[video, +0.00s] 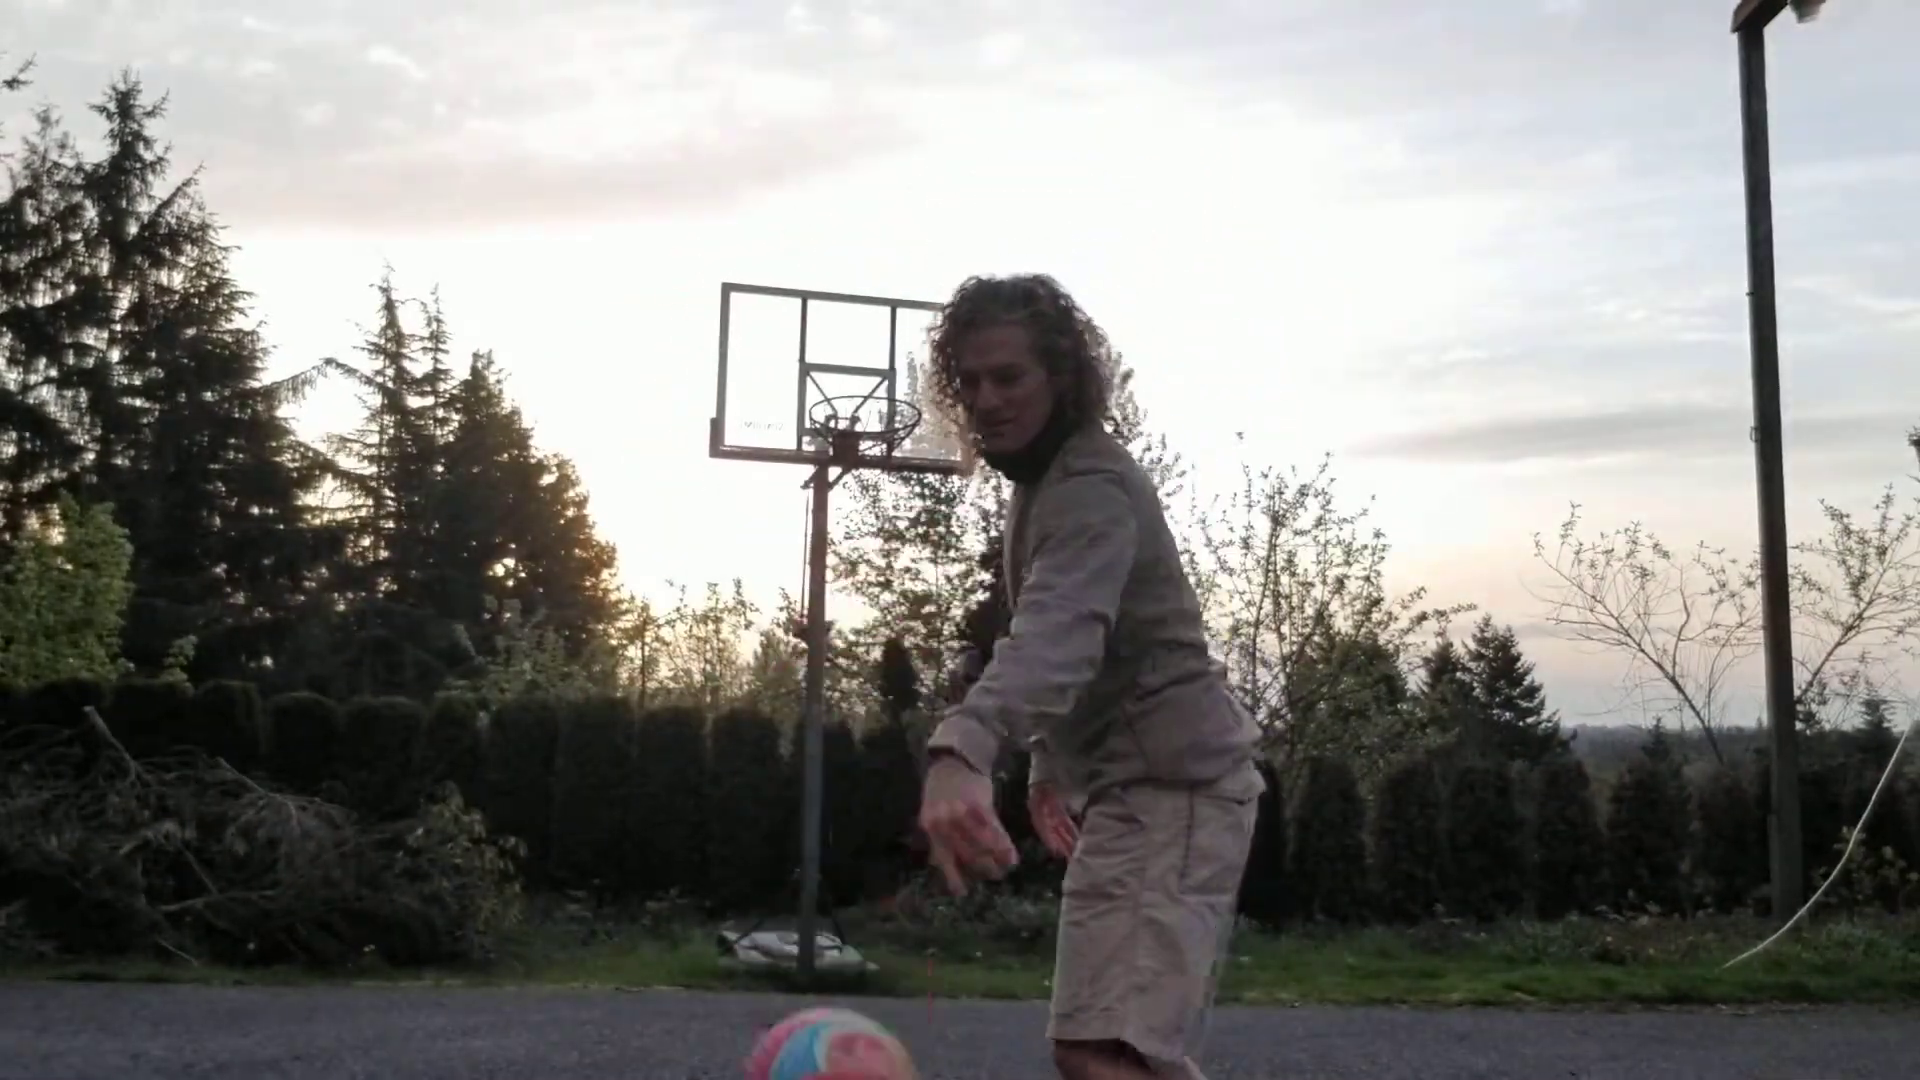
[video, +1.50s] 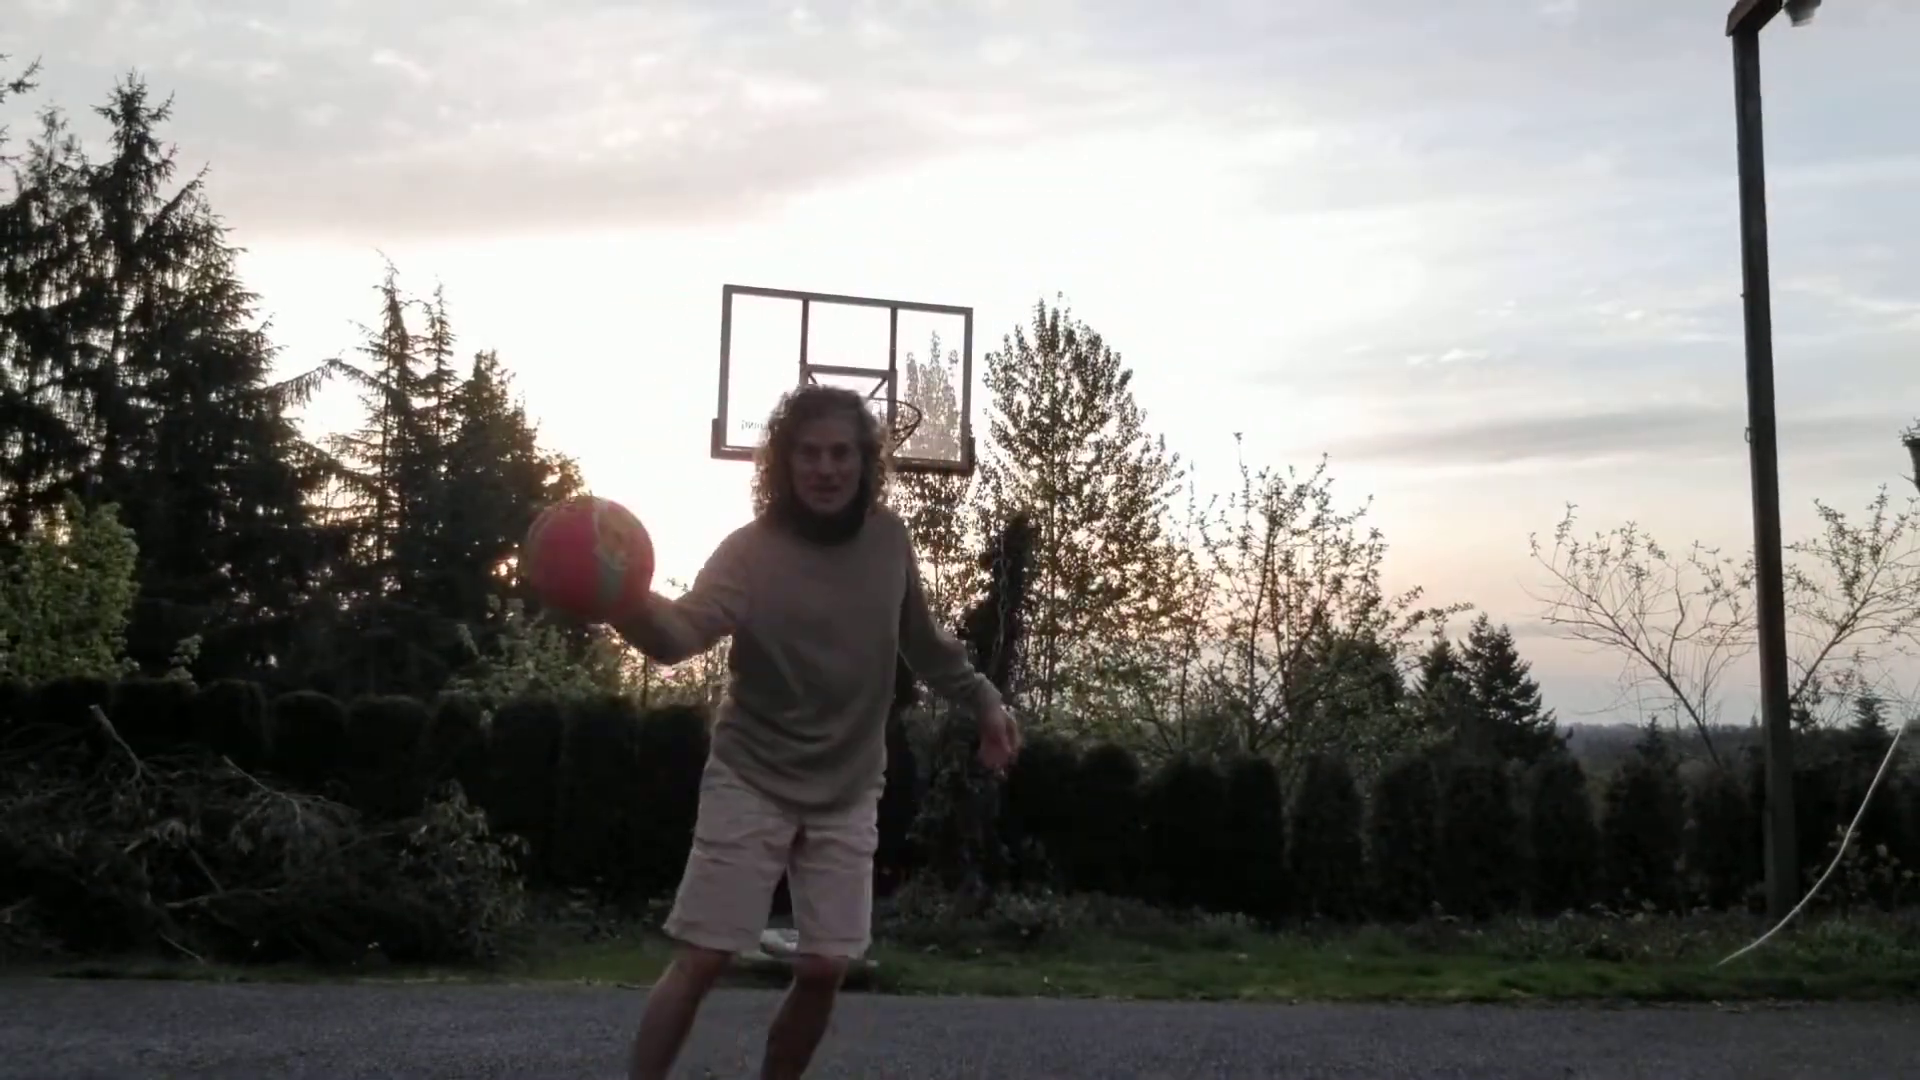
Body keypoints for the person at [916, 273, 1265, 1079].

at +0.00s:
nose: (985, 400)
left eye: (1008, 376)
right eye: (969, 382)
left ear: (1062, 378)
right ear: (955, 390)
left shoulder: (1088, 483)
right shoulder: (1044, 487)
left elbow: (1054, 630)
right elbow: (1066, 643)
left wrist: (963, 748)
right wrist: (1053, 764)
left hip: (1168, 782)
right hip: (1132, 783)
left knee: (1100, 1047)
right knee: (1117, 1044)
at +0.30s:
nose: (919, 437)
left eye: (935, 413)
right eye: (902, 422)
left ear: (985, 401)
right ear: (890, 426)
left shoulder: (1044, 507)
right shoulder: (986, 500)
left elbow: (1128, 663)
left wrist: (1138, 796)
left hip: (1061, 788)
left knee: (985, 1017)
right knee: (1105, 1020)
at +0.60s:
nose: (911, 421)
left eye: (932, 401)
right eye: (892, 403)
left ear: (969, 408)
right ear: (872, 412)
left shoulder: (1000, 505)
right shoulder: (896, 502)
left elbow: (1053, 667)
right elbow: (883, 643)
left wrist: (1042, 584)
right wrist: (815, 719)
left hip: (959, 774)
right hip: (917, 767)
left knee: (842, 997)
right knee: (922, 985)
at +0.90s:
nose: (880, 451)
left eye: (900, 434)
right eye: (864, 432)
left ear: (930, 441)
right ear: (839, 435)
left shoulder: (962, 553)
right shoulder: (811, 510)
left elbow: (981, 695)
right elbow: (761, 628)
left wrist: (938, 811)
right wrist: (696, 706)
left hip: (878, 785)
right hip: (784, 769)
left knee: (782, 979)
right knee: (707, 962)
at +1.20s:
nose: (849, 444)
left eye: (867, 427)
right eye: (832, 427)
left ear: (892, 436)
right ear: (806, 434)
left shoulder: (928, 530)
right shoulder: (760, 520)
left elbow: (962, 661)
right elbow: (712, 626)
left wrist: (1001, 767)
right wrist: (696, 659)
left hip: (874, 776)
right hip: (762, 767)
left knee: (857, 977)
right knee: (723, 970)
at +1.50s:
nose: (826, 468)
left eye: (843, 452)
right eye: (809, 452)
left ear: (866, 462)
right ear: (784, 462)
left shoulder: (887, 540)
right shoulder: (752, 551)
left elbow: (923, 639)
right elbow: (676, 636)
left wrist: (984, 699)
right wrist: (611, 588)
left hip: (848, 792)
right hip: (750, 781)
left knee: (825, 971)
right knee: (705, 956)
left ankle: (776, 1077)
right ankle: (642, 1076)